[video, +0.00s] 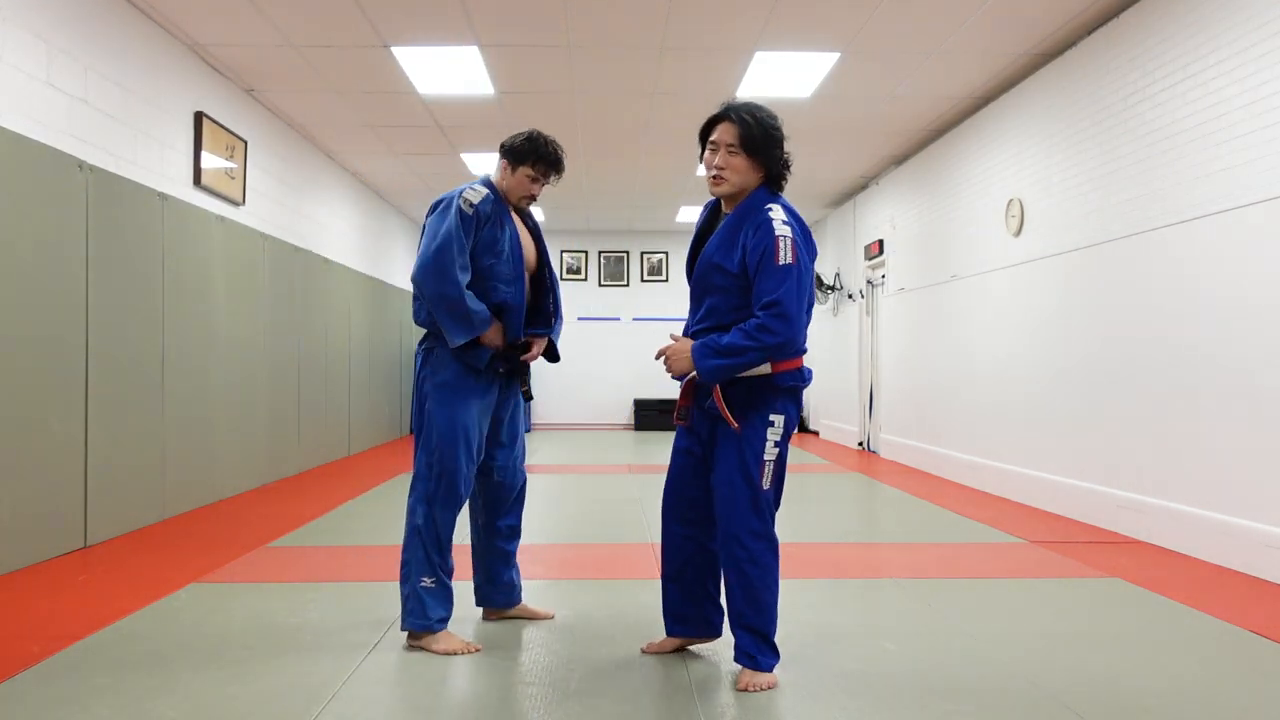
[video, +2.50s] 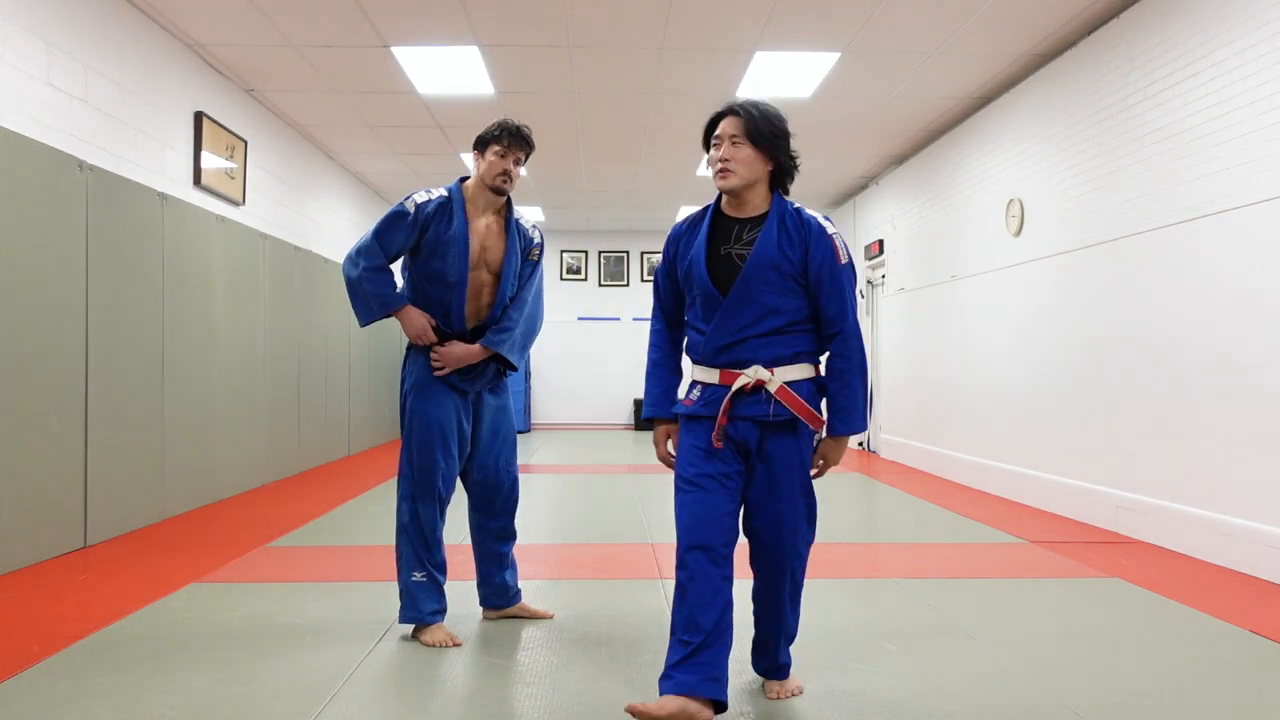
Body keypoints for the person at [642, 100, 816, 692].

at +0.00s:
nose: (714, 159)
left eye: (730, 150)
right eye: (710, 149)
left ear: (763, 161)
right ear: (706, 156)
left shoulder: (777, 224)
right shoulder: (722, 221)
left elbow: (782, 326)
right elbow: (722, 308)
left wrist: (699, 354)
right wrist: (689, 346)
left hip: (760, 394)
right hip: (709, 389)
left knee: (745, 523)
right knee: (686, 509)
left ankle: (758, 657)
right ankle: (693, 624)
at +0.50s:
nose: (742, 151)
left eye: (757, 142)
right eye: (734, 140)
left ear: (784, 157)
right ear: (721, 153)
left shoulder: (809, 224)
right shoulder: (705, 223)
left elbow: (840, 315)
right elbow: (686, 314)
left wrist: (762, 350)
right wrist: (674, 393)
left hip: (773, 400)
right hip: (706, 395)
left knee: (765, 540)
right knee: (673, 528)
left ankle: (761, 660)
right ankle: (660, 651)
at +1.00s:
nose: (727, 146)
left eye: (741, 135)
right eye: (715, 136)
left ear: (763, 149)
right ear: (697, 151)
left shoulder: (791, 213)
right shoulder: (673, 227)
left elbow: (861, 270)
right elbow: (645, 320)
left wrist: (809, 198)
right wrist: (633, 405)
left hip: (774, 398)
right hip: (697, 397)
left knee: (770, 540)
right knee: (694, 540)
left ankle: (761, 657)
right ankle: (693, 686)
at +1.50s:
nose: (656, 129)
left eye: (668, 115)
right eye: (639, 121)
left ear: (693, 126)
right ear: (622, 142)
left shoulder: (740, 189)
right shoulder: (608, 219)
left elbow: (811, 256)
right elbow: (590, 319)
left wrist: (763, 213)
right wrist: (585, 412)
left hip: (743, 395)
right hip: (658, 401)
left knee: (758, 541)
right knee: (666, 566)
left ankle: (767, 648)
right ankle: (678, 708)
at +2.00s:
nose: (654, 119)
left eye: (667, 105)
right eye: (638, 111)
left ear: (692, 119)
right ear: (621, 133)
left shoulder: (736, 184)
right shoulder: (608, 216)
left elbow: (805, 257)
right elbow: (593, 319)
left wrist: (753, 210)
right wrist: (589, 416)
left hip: (746, 390)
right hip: (659, 398)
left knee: (771, 541)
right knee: (667, 567)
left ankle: (785, 641)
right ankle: (678, 709)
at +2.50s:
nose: (720, 151)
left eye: (736, 142)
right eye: (715, 143)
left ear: (771, 156)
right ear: (709, 157)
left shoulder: (811, 234)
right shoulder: (686, 234)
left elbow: (842, 332)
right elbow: (665, 327)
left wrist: (842, 424)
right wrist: (662, 411)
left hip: (787, 409)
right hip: (705, 408)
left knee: (781, 549)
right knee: (700, 547)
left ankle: (774, 662)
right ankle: (694, 688)